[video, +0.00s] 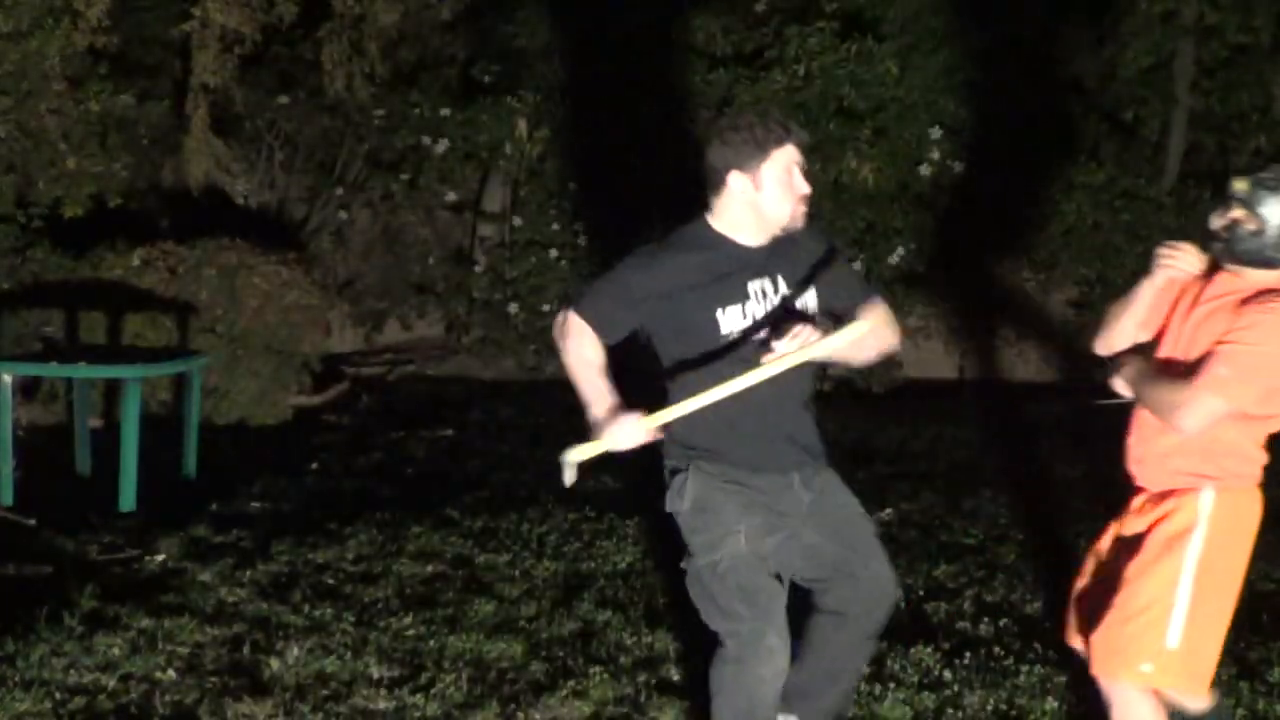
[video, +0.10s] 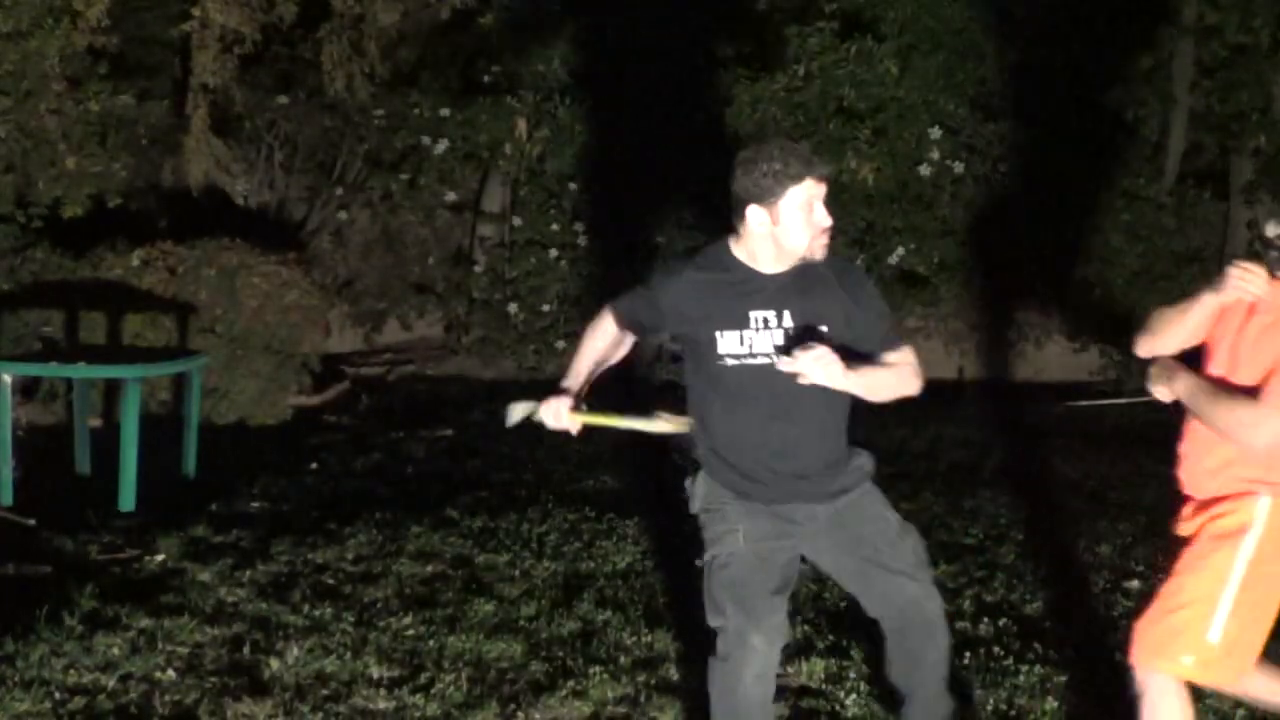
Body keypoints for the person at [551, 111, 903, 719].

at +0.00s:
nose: (807, 188)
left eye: (803, 170)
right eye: (792, 171)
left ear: (757, 182)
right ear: (744, 181)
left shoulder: (806, 252)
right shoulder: (668, 268)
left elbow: (885, 333)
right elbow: (576, 328)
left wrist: (824, 344)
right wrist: (607, 414)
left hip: (807, 481)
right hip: (716, 488)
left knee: (867, 593)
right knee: (757, 643)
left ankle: (800, 711)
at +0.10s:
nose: (827, 220)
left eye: (824, 203)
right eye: (811, 206)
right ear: (759, 218)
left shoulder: (840, 284)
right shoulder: (690, 290)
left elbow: (908, 379)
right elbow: (616, 323)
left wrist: (844, 377)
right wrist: (569, 389)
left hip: (841, 497)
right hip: (740, 506)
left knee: (918, 611)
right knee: (750, 640)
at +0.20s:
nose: (844, 231)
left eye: (843, 215)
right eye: (827, 218)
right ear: (775, 229)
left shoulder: (876, 291)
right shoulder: (722, 295)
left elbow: (964, 350)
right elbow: (661, 331)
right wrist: (594, 362)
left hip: (874, 499)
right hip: (769, 505)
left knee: (953, 626)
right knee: (751, 646)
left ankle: (959, 715)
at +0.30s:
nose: (873, 222)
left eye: (872, 207)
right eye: (858, 210)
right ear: (805, 219)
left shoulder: (904, 285)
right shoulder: (751, 293)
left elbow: (994, 318)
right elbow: (694, 340)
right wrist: (639, 323)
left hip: (896, 501)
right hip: (792, 504)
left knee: (962, 625)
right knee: (759, 641)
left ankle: (956, 715)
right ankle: (741, 717)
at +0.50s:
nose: (943, 207)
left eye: (942, 192)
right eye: (932, 191)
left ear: (888, 197)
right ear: (881, 197)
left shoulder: (939, 275)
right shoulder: (799, 276)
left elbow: (1023, 313)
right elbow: (718, 349)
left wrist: (1111, 338)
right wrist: (736, 285)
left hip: (912, 491)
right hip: (816, 491)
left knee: (970, 609)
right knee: (779, 640)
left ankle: (957, 713)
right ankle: (743, 715)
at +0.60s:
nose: (950, 200)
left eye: (948, 183)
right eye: (936, 184)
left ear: (905, 192)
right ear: (889, 190)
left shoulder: (935, 268)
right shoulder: (814, 267)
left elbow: (996, 336)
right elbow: (731, 359)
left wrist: (1071, 388)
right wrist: (772, 309)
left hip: (910, 486)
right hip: (820, 486)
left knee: (963, 608)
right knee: (784, 637)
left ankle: (958, 715)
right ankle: (744, 716)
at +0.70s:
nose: (936, 199)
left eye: (935, 185)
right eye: (922, 186)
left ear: (878, 192)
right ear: (870, 191)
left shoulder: (924, 267)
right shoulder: (810, 269)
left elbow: (955, 359)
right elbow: (730, 368)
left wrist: (999, 442)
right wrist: (778, 354)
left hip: (906, 488)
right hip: (815, 488)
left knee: (961, 613)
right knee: (780, 642)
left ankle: (958, 715)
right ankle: (747, 715)